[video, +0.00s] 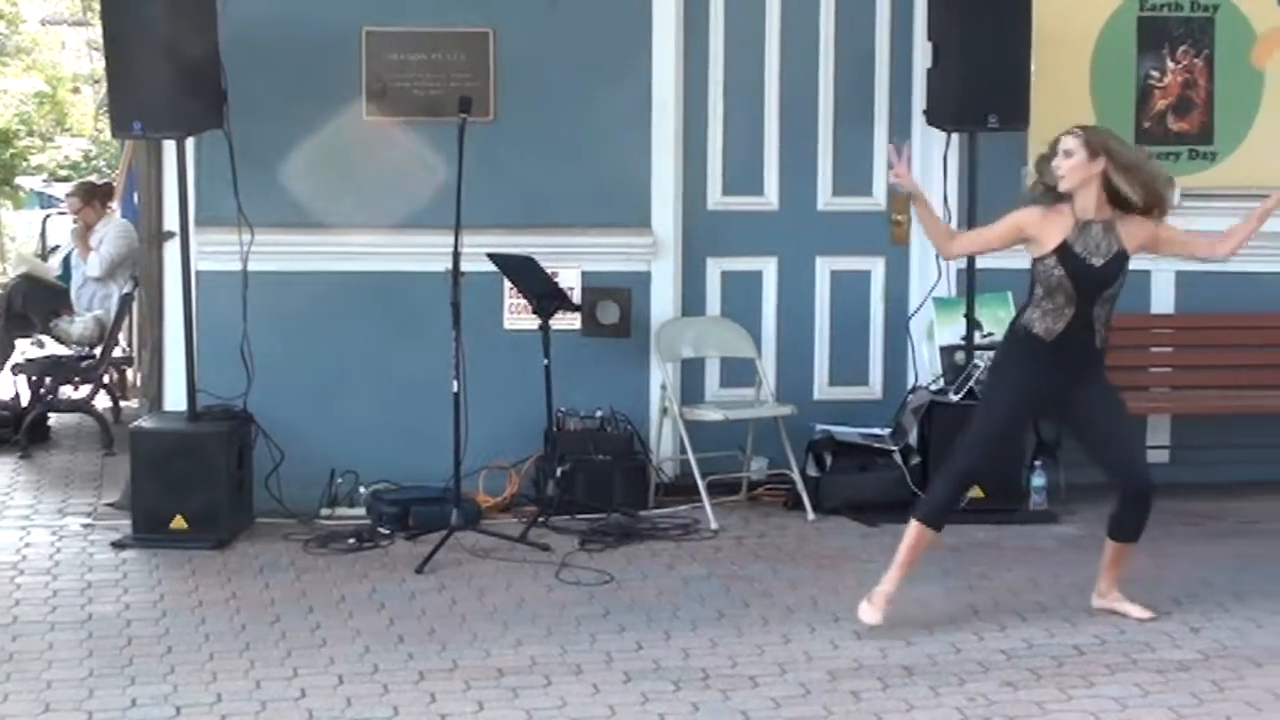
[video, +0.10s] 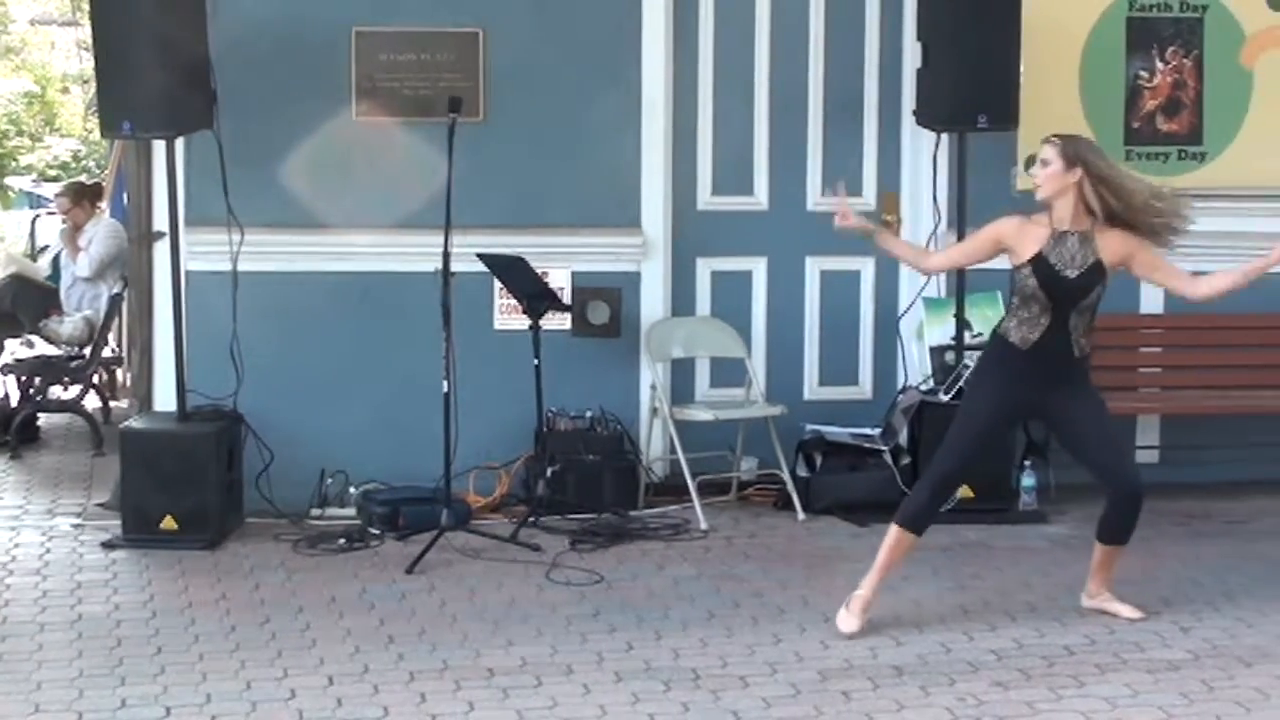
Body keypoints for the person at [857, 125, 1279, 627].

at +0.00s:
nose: (1055, 163)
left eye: (1068, 153)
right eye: (1054, 155)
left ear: (1101, 164)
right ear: (1058, 168)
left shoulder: (1133, 229)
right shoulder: (1037, 220)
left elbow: (1219, 248)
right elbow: (951, 247)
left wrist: (1267, 208)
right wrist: (914, 193)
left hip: (1083, 375)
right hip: (1022, 366)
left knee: (1137, 482)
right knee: (963, 467)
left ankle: (1107, 591)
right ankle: (887, 587)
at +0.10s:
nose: (1033, 172)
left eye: (1043, 164)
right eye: (1034, 163)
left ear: (1076, 174)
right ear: (1049, 176)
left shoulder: (1117, 243)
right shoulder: (1016, 231)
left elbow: (1194, 288)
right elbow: (931, 261)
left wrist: (1252, 270)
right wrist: (866, 229)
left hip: (1067, 384)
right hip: (1003, 375)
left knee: (1127, 485)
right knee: (941, 479)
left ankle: (1096, 589)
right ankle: (865, 594)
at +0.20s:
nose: (1008, 177)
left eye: (1019, 169)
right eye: (1010, 169)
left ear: (1050, 179)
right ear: (1026, 179)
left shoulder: (1086, 252)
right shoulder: (989, 237)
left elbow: (1143, 324)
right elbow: (911, 284)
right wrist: (835, 288)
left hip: (1048, 387)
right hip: (981, 378)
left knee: (1112, 482)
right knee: (927, 482)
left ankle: (1090, 590)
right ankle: (858, 599)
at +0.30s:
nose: (973, 182)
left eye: (985, 175)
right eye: (975, 174)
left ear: (1016, 186)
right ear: (999, 187)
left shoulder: (1050, 258)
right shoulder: (959, 244)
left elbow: (1057, 346)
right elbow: (902, 311)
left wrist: (1058, 429)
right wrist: (837, 346)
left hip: (1022, 391)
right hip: (955, 388)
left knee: (1093, 484)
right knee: (905, 485)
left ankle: (1087, 589)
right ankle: (858, 602)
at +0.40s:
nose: (938, 183)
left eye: (949, 176)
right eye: (940, 174)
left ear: (979, 189)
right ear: (948, 187)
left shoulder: (1004, 255)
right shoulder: (931, 242)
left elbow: (966, 348)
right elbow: (903, 321)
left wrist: (910, 412)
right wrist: (858, 381)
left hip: (1002, 383)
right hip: (939, 376)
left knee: (1072, 482)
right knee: (888, 477)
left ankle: (1089, 588)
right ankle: (860, 602)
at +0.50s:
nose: (908, 176)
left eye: (921, 170)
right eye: (909, 168)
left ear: (948, 185)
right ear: (909, 181)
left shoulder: (963, 248)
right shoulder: (898, 235)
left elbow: (931, 337)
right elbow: (893, 317)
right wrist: (868, 382)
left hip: (986, 368)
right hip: (924, 367)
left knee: (1043, 474)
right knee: (878, 471)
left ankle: (1088, 581)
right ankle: (862, 597)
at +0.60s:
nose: (919, 161)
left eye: (930, 156)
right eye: (911, 152)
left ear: (941, 170)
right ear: (892, 161)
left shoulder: (950, 227)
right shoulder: (870, 221)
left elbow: (960, 318)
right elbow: (875, 297)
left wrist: (887, 303)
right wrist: (875, 370)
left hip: (973, 357)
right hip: (912, 359)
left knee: (1038, 459)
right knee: (877, 466)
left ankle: (1097, 567)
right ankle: (866, 591)